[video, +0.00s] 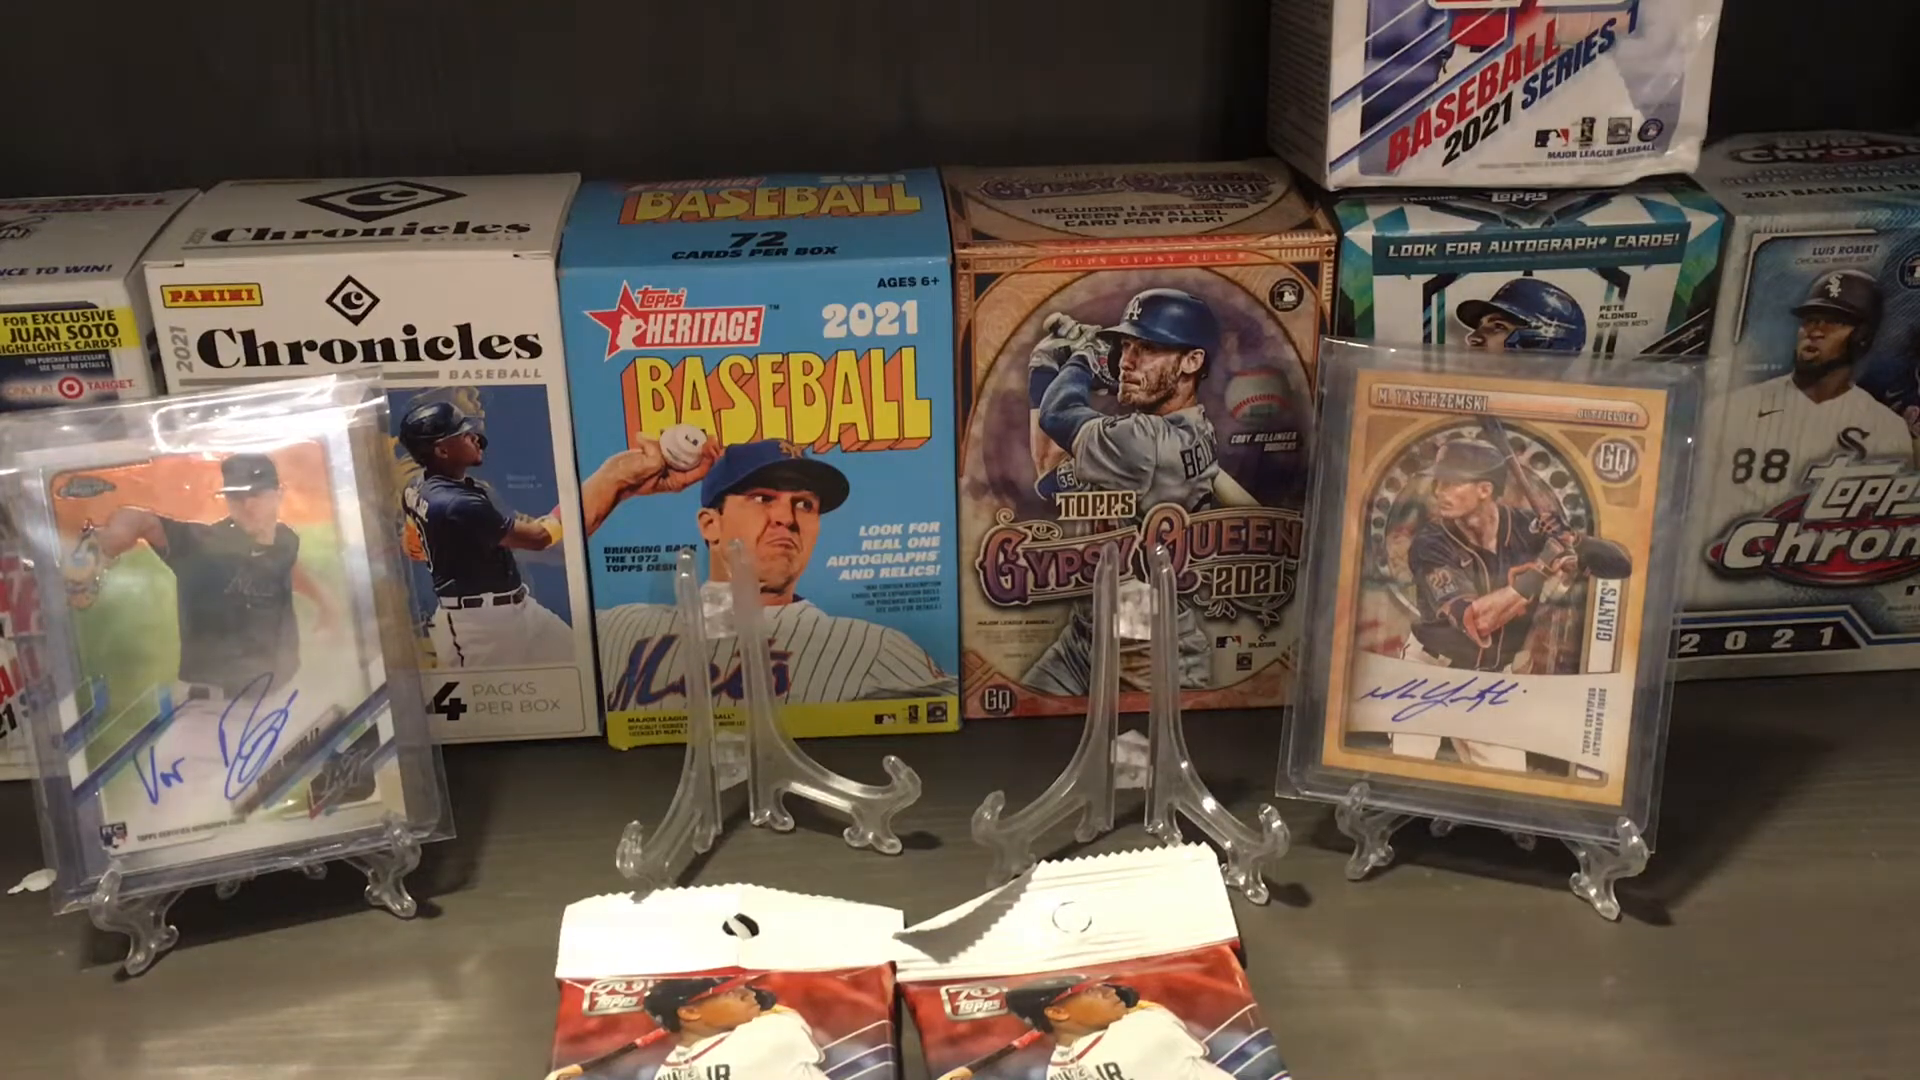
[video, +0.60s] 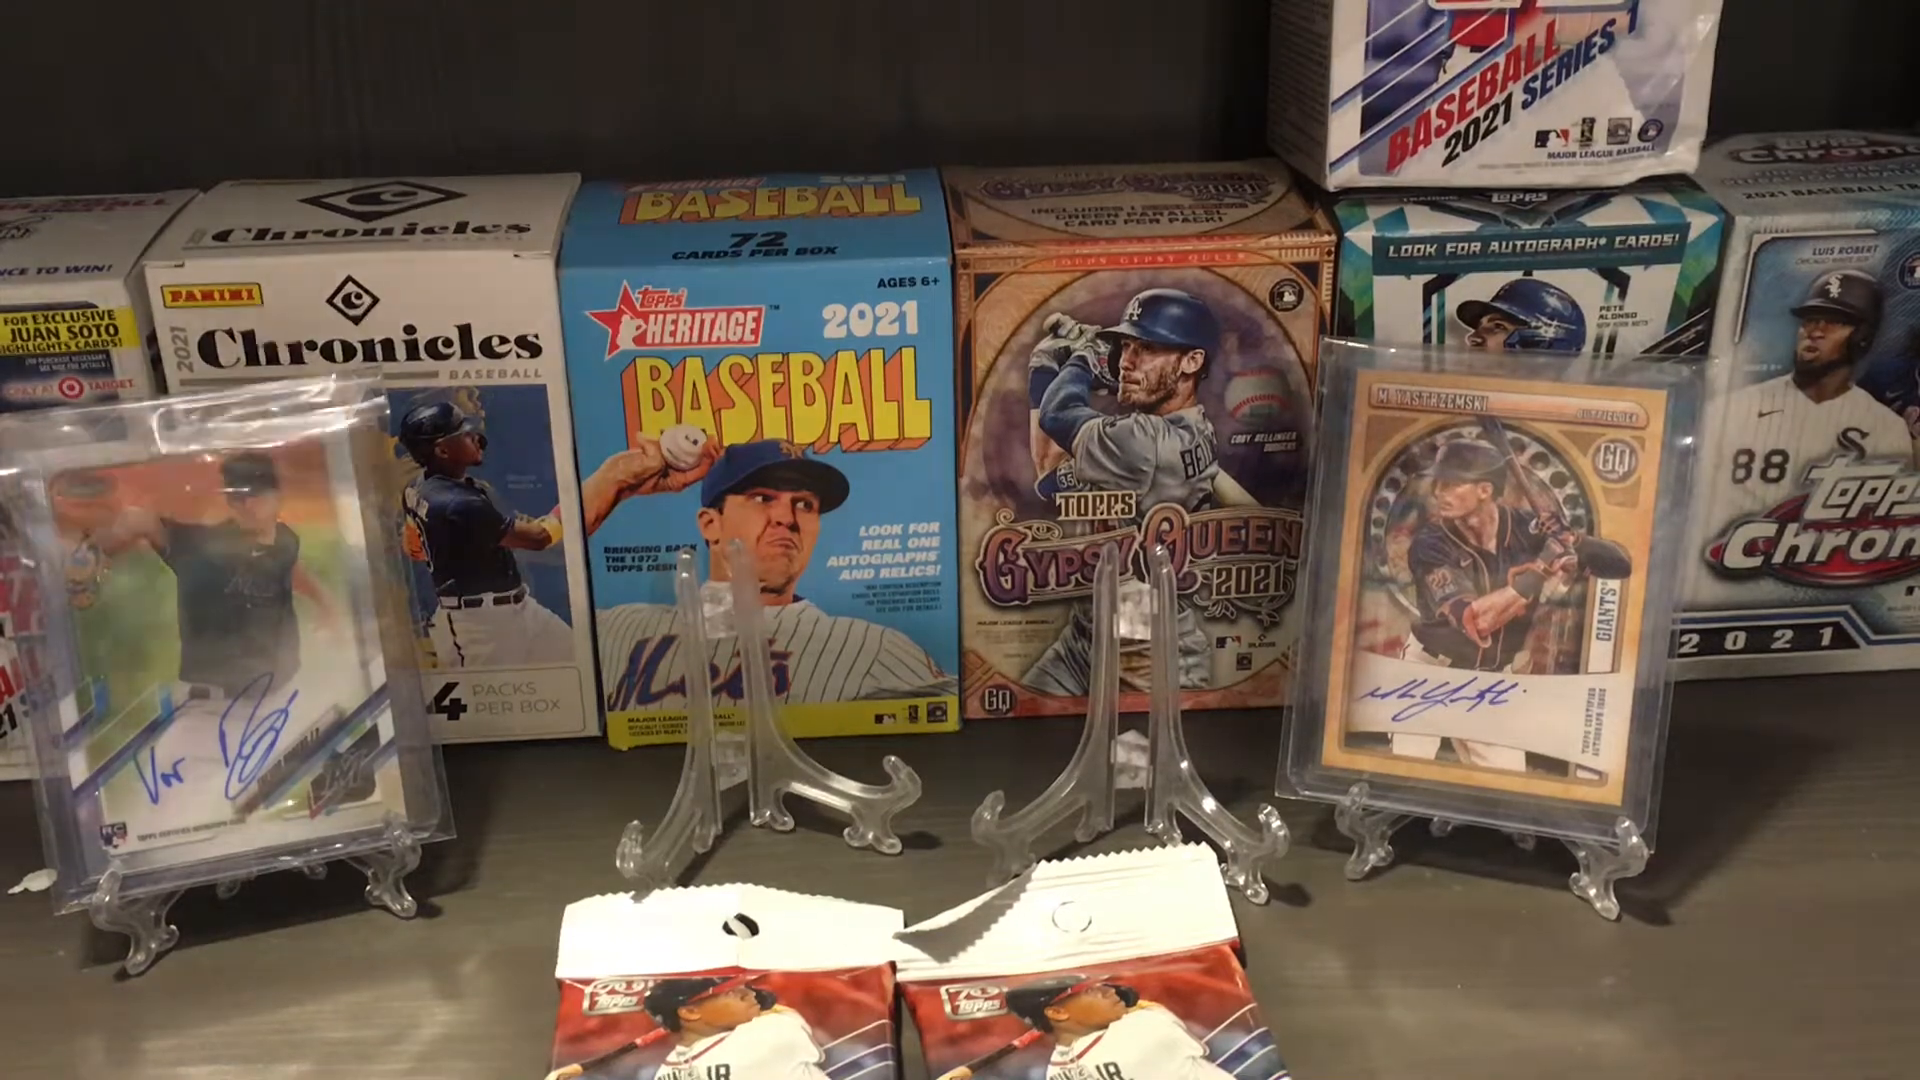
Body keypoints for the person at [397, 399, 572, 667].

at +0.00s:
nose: (475, 436)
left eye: (469, 430)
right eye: (464, 433)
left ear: (442, 450)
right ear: (441, 449)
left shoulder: (420, 489)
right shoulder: (461, 506)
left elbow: (501, 526)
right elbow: (539, 537)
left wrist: (542, 523)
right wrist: (561, 517)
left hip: (519, 609)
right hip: (474, 622)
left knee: (587, 662)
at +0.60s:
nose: (475, 435)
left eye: (469, 429)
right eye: (464, 432)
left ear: (442, 451)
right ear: (442, 450)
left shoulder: (421, 489)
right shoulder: (463, 506)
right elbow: (538, 538)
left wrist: (538, 523)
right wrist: (561, 517)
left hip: (520, 608)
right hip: (476, 622)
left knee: (587, 662)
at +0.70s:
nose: (474, 435)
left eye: (468, 429)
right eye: (463, 432)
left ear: (442, 450)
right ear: (441, 449)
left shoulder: (419, 489)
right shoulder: (461, 506)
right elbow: (538, 537)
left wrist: (539, 523)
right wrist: (564, 514)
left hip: (520, 609)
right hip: (474, 623)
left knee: (588, 662)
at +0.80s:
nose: (475, 436)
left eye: (469, 430)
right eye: (464, 433)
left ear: (443, 451)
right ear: (442, 449)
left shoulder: (421, 489)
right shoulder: (461, 507)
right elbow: (538, 537)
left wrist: (545, 522)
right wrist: (563, 515)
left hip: (520, 608)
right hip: (475, 622)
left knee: (588, 661)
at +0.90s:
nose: (474, 436)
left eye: (468, 430)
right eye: (464, 433)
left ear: (442, 451)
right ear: (442, 450)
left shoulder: (422, 489)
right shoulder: (461, 506)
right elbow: (538, 537)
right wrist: (573, 506)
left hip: (521, 609)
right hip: (475, 624)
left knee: (589, 664)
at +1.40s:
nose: (476, 436)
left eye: (470, 430)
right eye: (464, 433)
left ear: (442, 451)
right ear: (442, 449)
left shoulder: (421, 489)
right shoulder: (460, 506)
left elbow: (413, 545)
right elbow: (538, 537)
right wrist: (566, 514)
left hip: (520, 609)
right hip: (474, 622)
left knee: (587, 662)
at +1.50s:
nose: (476, 436)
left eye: (470, 430)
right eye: (465, 432)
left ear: (443, 450)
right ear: (442, 449)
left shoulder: (422, 489)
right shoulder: (460, 506)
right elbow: (538, 537)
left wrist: (552, 520)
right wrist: (567, 513)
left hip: (520, 609)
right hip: (474, 622)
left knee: (586, 663)